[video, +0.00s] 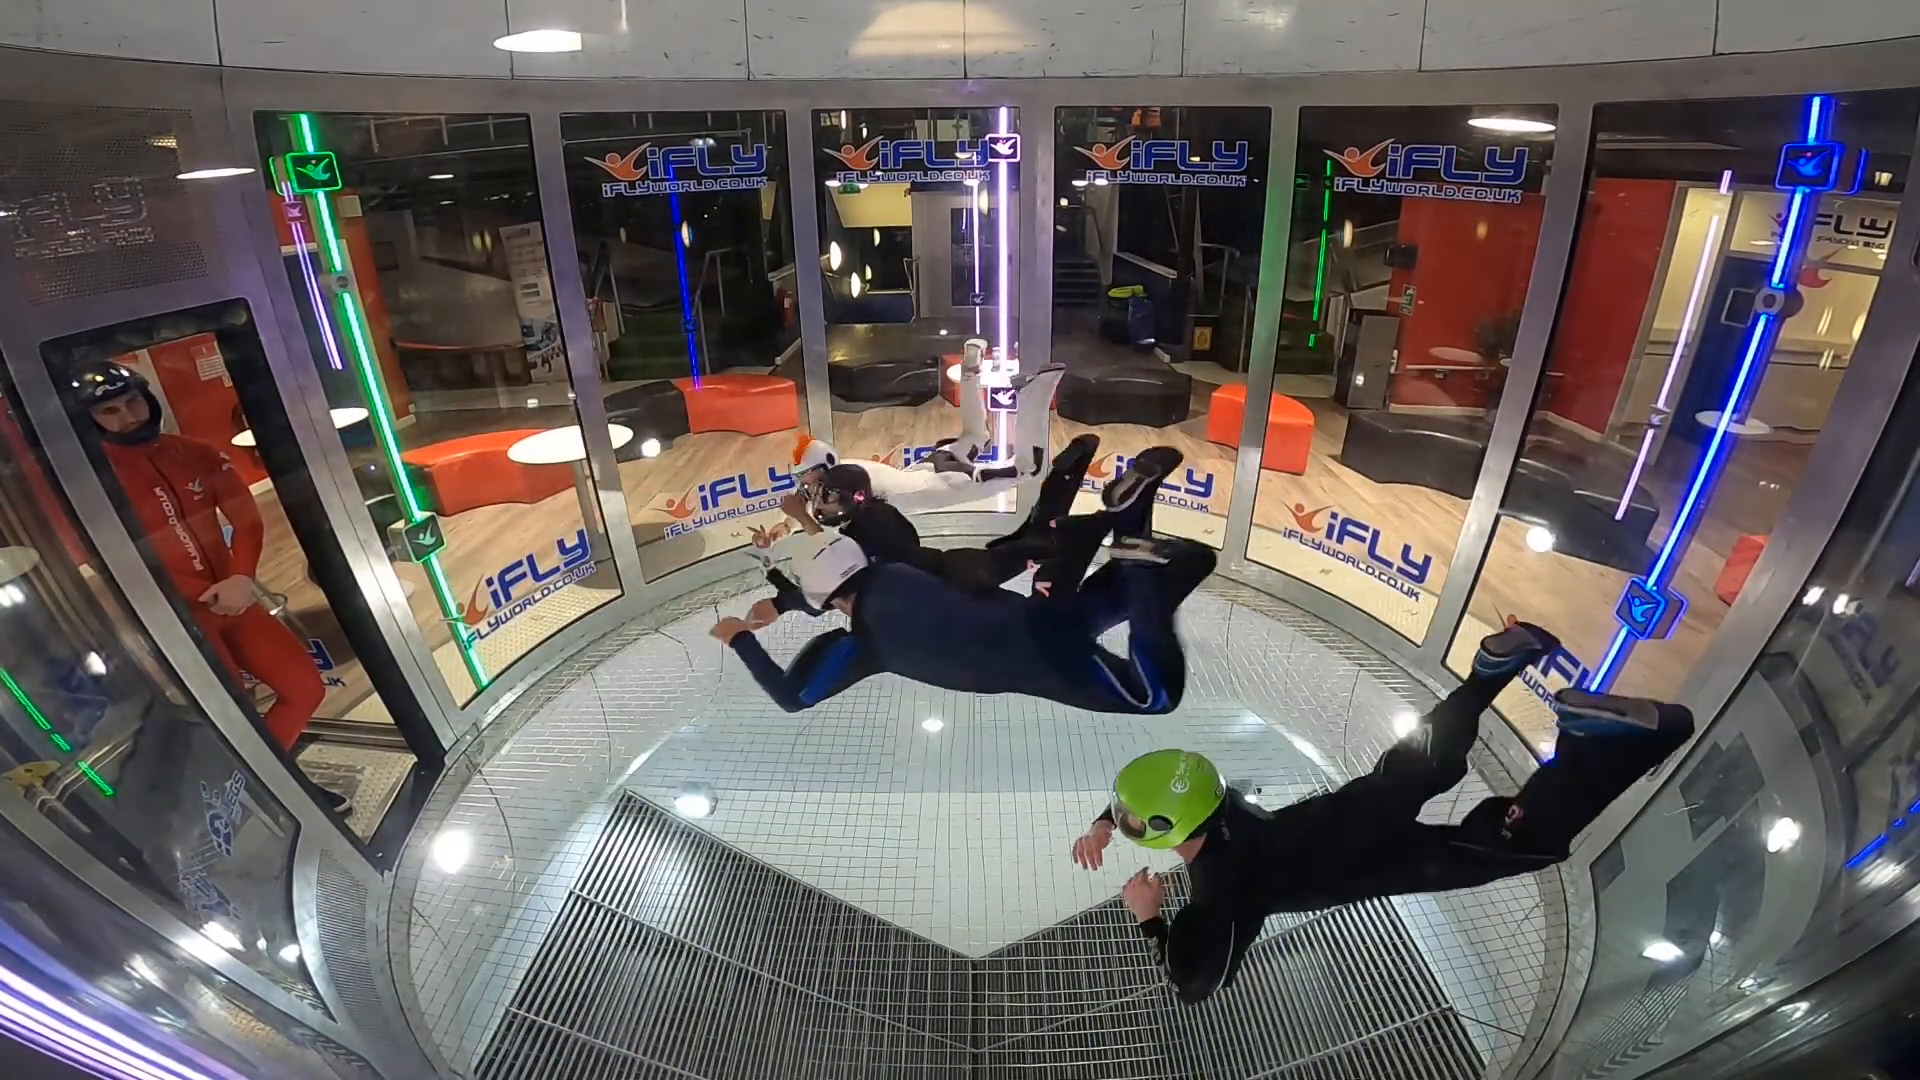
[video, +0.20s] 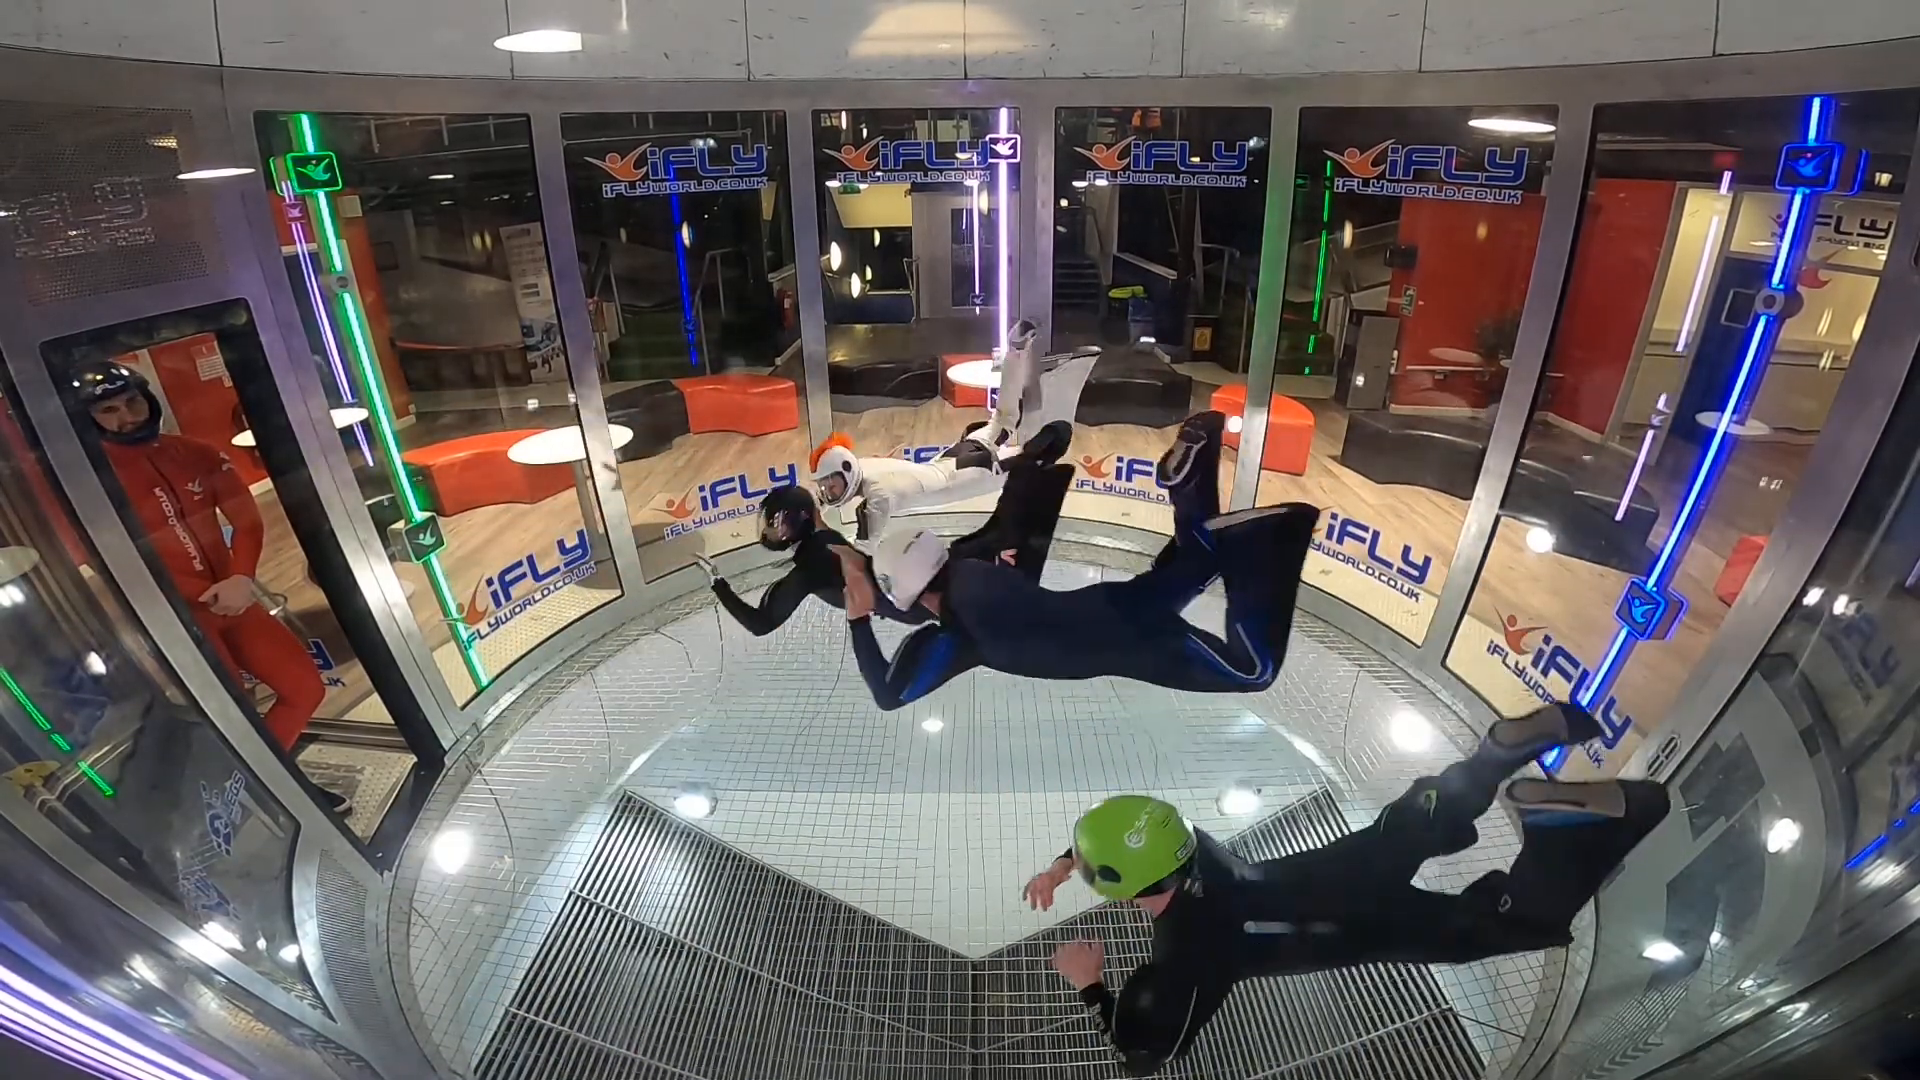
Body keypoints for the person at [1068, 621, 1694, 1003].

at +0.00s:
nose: (1135, 833)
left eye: (1146, 828)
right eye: (1138, 817)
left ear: (1174, 831)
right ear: (1192, 797)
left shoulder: (1225, 883)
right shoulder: (1206, 803)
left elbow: (1196, 975)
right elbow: (1151, 795)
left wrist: (1157, 919)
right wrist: (1107, 822)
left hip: (1391, 858)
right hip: (1357, 810)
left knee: (1521, 840)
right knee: (1429, 759)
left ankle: (1614, 743)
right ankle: (1497, 665)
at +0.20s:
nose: (1103, 892)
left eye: (1109, 883)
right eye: (1103, 877)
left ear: (1144, 888)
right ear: (1159, 837)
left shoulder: (1187, 949)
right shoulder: (1180, 846)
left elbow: (1146, 1045)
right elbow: (1124, 830)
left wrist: (1095, 987)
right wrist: (1070, 863)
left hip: (1360, 931)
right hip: (1335, 866)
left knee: (1507, 923)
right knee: (1421, 822)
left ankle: (1578, 825)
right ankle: (1515, 741)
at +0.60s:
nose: (995, 988)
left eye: (997, 978)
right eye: (990, 976)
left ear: (1023, 981)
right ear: (1053, 911)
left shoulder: (1077, 1051)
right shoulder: (1091, 916)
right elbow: (1026, 895)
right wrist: (940, 913)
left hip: (1272, 1055)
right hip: (1257, 986)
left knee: (1413, 1045)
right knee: (1360, 965)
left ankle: (1540, 1001)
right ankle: (1470, 929)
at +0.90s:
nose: (986, 1019)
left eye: (994, 1006)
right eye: (974, 1003)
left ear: (1032, 987)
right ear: (1021, 935)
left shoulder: (1067, 1058)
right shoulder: (1051, 930)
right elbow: (994, 914)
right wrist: (906, 933)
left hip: (1252, 1062)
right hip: (1222, 1008)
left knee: (1380, 1062)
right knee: (1324, 1009)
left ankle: (1514, 1030)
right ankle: (1404, 965)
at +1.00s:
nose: (995, 1013)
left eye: (998, 998)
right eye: (987, 998)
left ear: (1017, 990)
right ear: (1039, 933)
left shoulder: (1051, 1067)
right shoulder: (1066, 932)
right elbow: (1008, 908)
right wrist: (926, 927)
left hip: (1233, 1069)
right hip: (1220, 1012)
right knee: (1325, 1006)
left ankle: (1472, 1041)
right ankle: (1432, 973)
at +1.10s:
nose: (1016, 1011)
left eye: (1024, 995)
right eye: (1006, 997)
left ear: (1048, 977)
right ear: (1050, 918)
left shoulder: (1079, 1058)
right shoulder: (1077, 919)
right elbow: (1026, 900)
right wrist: (943, 923)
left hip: (1259, 1057)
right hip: (1237, 1002)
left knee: (1374, 1059)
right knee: (1333, 998)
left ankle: (1474, 1035)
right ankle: (1439, 956)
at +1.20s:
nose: (1015, 984)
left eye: (1014, 972)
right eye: (1014, 969)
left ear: (1035, 978)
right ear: (1076, 908)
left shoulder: (1097, 1049)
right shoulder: (1110, 921)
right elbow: (1060, 881)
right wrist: (964, 912)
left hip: (1306, 1052)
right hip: (1285, 981)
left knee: (1420, 1059)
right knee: (1370, 974)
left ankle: (1511, 1022)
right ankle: (1466, 929)